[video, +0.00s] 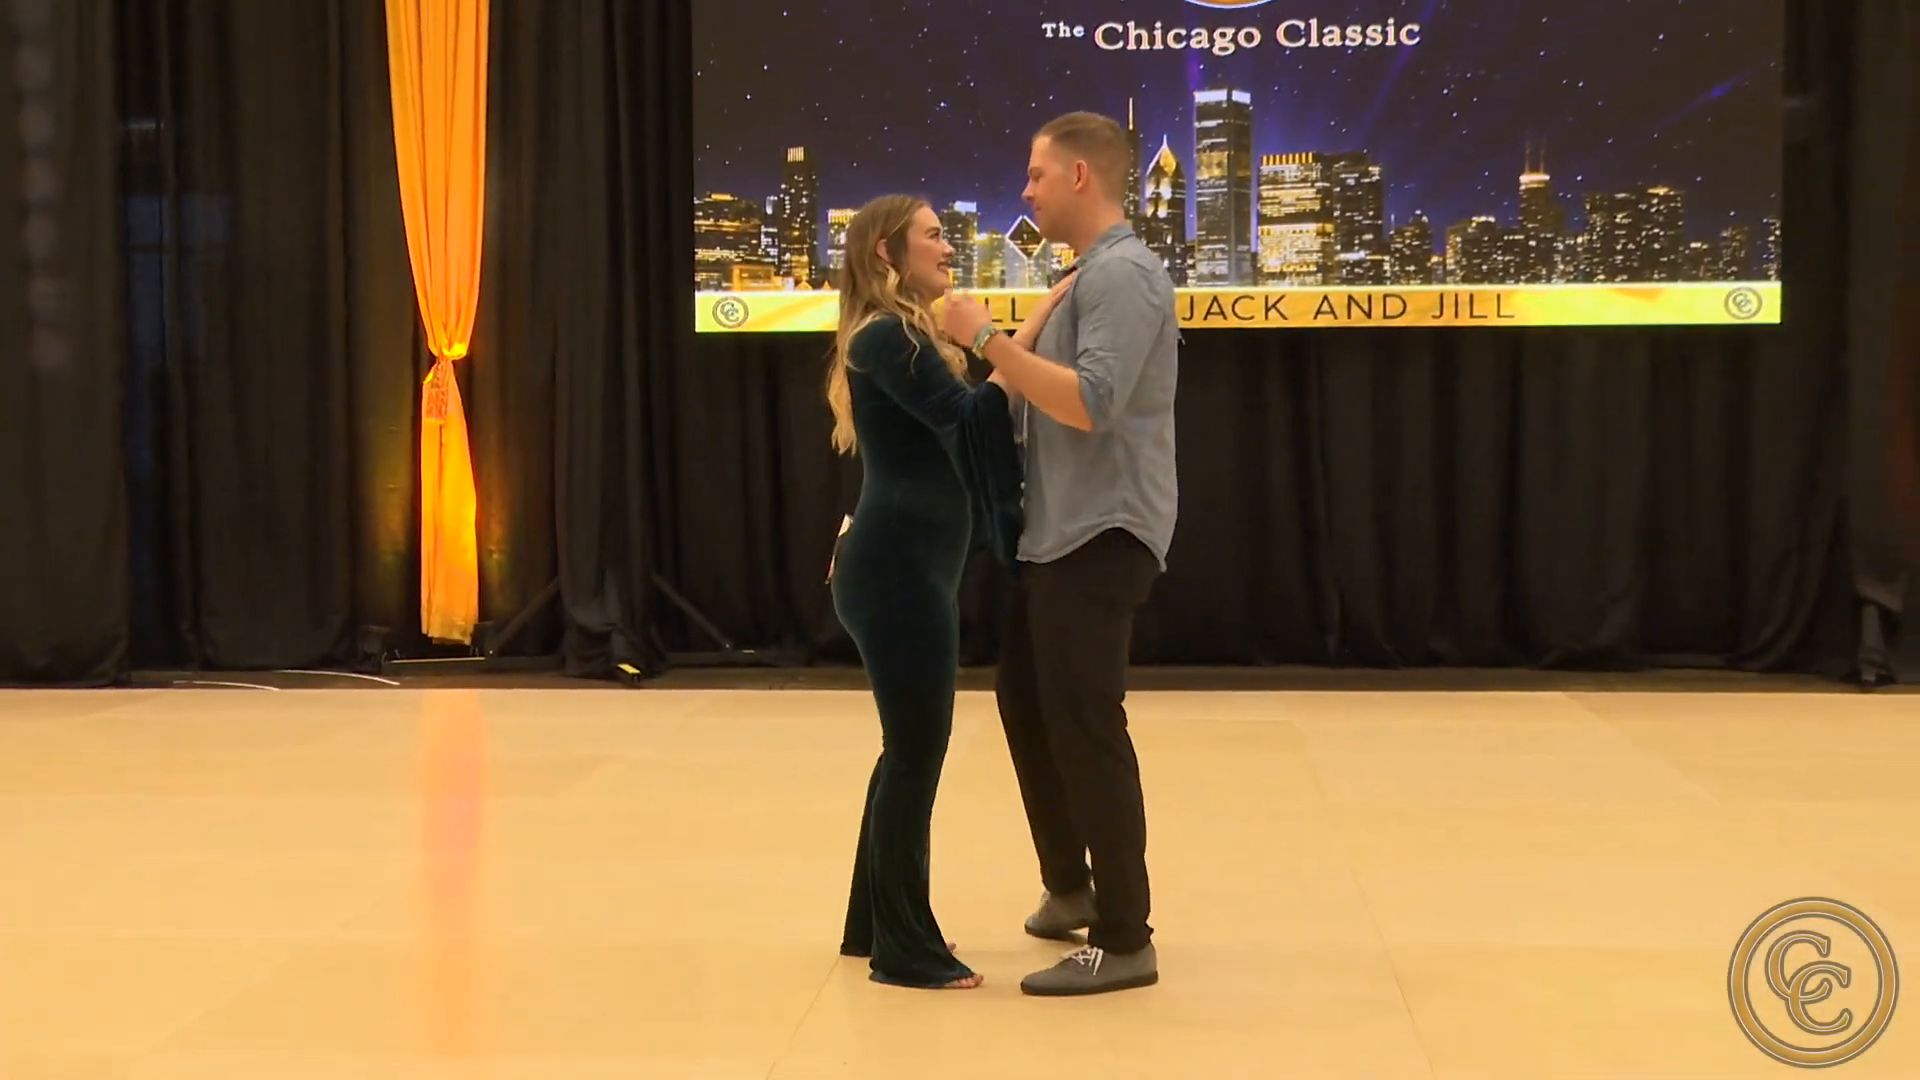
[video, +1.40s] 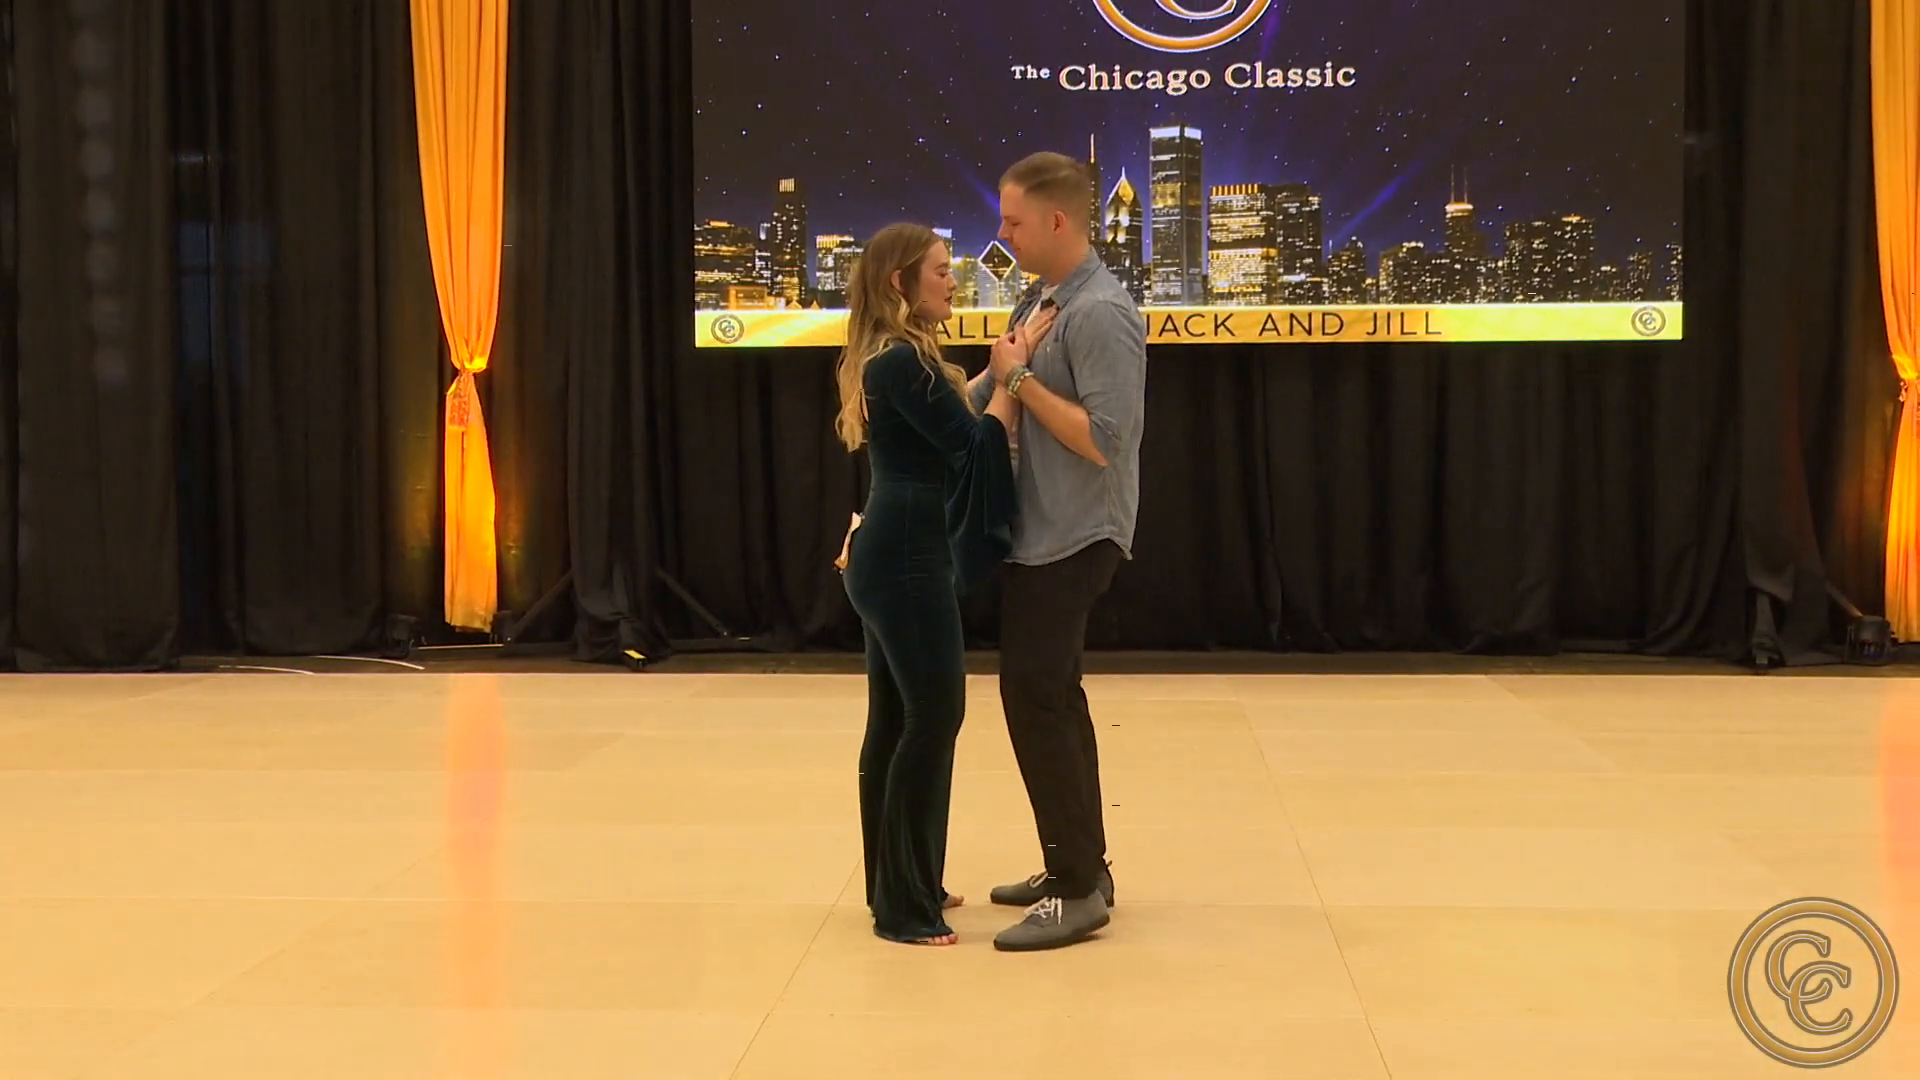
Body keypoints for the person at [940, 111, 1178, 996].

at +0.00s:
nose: (1026, 189)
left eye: (1036, 173)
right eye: (1028, 174)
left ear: (1080, 177)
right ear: (1082, 177)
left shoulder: (1123, 273)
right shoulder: (1080, 278)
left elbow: (1091, 402)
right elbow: (1033, 406)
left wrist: (987, 340)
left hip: (1103, 530)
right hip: (1057, 530)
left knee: (1085, 719)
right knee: (1028, 708)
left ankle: (1125, 945)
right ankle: (1072, 893)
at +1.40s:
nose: (1005, 239)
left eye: (1013, 224)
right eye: (1004, 225)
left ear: (1060, 222)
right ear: (1054, 224)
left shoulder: (1101, 311)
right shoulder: (1044, 307)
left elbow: (1104, 443)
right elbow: (1006, 410)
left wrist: (1019, 379)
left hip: (1076, 538)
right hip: (1042, 534)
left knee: (1037, 701)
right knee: (1049, 699)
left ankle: (1081, 891)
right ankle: (1073, 867)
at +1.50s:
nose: (1003, 242)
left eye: (1011, 227)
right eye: (1001, 228)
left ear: (1058, 223)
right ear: (1047, 225)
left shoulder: (1102, 312)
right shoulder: (1038, 306)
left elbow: (1108, 444)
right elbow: (1001, 409)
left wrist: (1021, 379)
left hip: (1078, 535)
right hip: (1042, 530)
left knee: (1032, 692)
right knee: (1059, 695)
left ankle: (1073, 883)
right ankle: (1077, 866)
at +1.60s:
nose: (999, 246)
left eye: (1006, 231)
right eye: (996, 232)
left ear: (1053, 223)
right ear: (1046, 227)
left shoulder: (1101, 313)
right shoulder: (1036, 308)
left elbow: (1109, 443)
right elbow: (993, 406)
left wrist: (1022, 379)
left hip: (1080, 536)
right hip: (1044, 532)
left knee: (1043, 701)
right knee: (1062, 698)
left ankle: (1070, 887)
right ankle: (1079, 865)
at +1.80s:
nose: (992, 253)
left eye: (999, 238)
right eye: (988, 240)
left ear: (1045, 225)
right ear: (1034, 231)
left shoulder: (1098, 312)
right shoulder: (1027, 306)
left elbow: (1108, 444)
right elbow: (980, 404)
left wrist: (1020, 381)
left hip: (1079, 539)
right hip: (1035, 533)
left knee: (1067, 711)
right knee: (1053, 707)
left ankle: (1069, 890)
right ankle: (1077, 864)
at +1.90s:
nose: (993, 256)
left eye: (998, 241)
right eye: (988, 243)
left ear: (1044, 226)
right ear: (1033, 231)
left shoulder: (1098, 312)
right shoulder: (1027, 306)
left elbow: (1110, 445)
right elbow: (979, 404)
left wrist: (1021, 383)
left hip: (1081, 537)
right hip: (1037, 532)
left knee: (1063, 704)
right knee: (1050, 702)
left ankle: (1071, 887)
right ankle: (1074, 863)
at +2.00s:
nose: (992, 257)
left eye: (997, 241)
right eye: (988, 243)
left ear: (1043, 227)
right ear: (1038, 231)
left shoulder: (1099, 311)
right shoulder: (1032, 305)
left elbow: (1113, 445)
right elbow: (979, 398)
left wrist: (1024, 385)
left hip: (1084, 532)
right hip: (1045, 527)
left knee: (1058, 699)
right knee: (1051, 698)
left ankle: (1081, 892)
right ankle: (1071, 867)